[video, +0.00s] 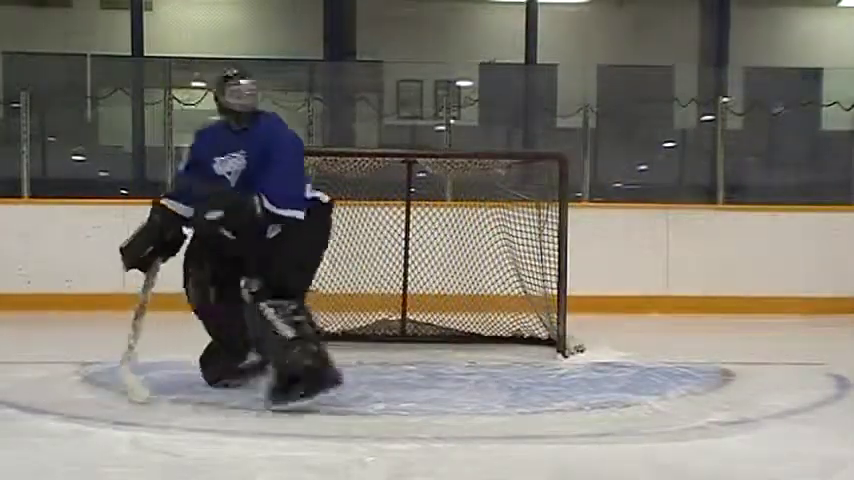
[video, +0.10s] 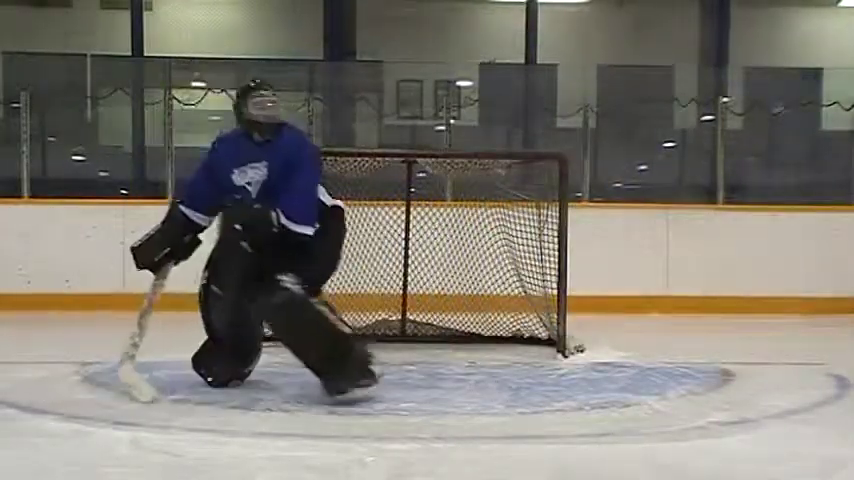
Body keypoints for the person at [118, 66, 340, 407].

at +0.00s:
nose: (243, 100)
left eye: (248, 92)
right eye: (234, 93)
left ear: (256, 96)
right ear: (219, 99)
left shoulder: (278, 138)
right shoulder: (208, 140)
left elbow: (283, 203)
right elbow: (185, 193)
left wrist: (242, 215)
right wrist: (158, 232)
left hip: (292, 221)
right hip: (233, 222)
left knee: (275, 290)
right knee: (203, 275)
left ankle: (304, 363)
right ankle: (239, 351)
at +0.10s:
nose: (268, 109)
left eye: (272, 102)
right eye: (259, 104)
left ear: (279, 109)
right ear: (242, 111)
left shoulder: (297, 149)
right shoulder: (225, 150)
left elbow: (300, 221)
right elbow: (196, 206)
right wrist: (169, 242)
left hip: (312, 231)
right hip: (249, 232)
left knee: (275, 294)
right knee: (222, 288)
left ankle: (346, 367)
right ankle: (228, 360)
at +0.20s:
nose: (296, 123)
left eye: (300, 116)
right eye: (288, 116)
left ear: (307, 121)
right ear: (271, 121)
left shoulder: (322, 160)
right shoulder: (245, 160)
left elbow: (328, 218)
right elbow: (214, 209)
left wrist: (304, 244)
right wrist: (187, 244)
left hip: (320, 248)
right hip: (268, 245)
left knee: (325, 312)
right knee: (237, 303)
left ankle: (389, 369)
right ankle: (225, 367)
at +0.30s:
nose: (339, 135)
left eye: (345, 127)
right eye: (331, 127)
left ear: (351, 130)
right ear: (312, 128)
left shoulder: (362, 174)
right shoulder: (277, 165)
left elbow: (366, 237)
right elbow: (243, 209)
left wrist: (343, 257)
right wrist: (222, 244)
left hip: (345, 266)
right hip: (294, 264)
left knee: (344, 323)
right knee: (267, 308)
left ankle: (424, 361)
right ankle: (223, 371)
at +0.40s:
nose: (384, 152)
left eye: (390, 145)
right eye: (377, 142)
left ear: (396, 147)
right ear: (360, 142)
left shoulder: (406, 183)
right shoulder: (329, 178)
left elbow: (416, 235)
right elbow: (293, 221)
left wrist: (407, 256)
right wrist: (270, 255)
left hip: (387, 286)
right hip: (334, 282)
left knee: (386, 354)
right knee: (292, 321)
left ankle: (449, 360)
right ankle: (229, 355)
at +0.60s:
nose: (474, 161)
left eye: (475, 153)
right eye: (467, 154)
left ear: (474, 157)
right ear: (446, 157)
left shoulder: (485, 200)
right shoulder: (413, 197)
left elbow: (498, 255)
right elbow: (378, 246)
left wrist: (493, 291)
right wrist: (386, 282)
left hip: (464, 313)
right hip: (413, 308)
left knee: (487, 368)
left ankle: (412, 359)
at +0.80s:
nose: (527, 161)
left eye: (527, 154)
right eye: (520, 155)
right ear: (499, 159)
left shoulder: (531, 193)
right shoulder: (476, 192)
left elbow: (539, 251)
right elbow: (470, 256)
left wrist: (561, 270)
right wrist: (498, 284)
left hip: (520, 296)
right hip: (479, 295)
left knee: (550, 366)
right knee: (510, 367)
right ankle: (446, 355)